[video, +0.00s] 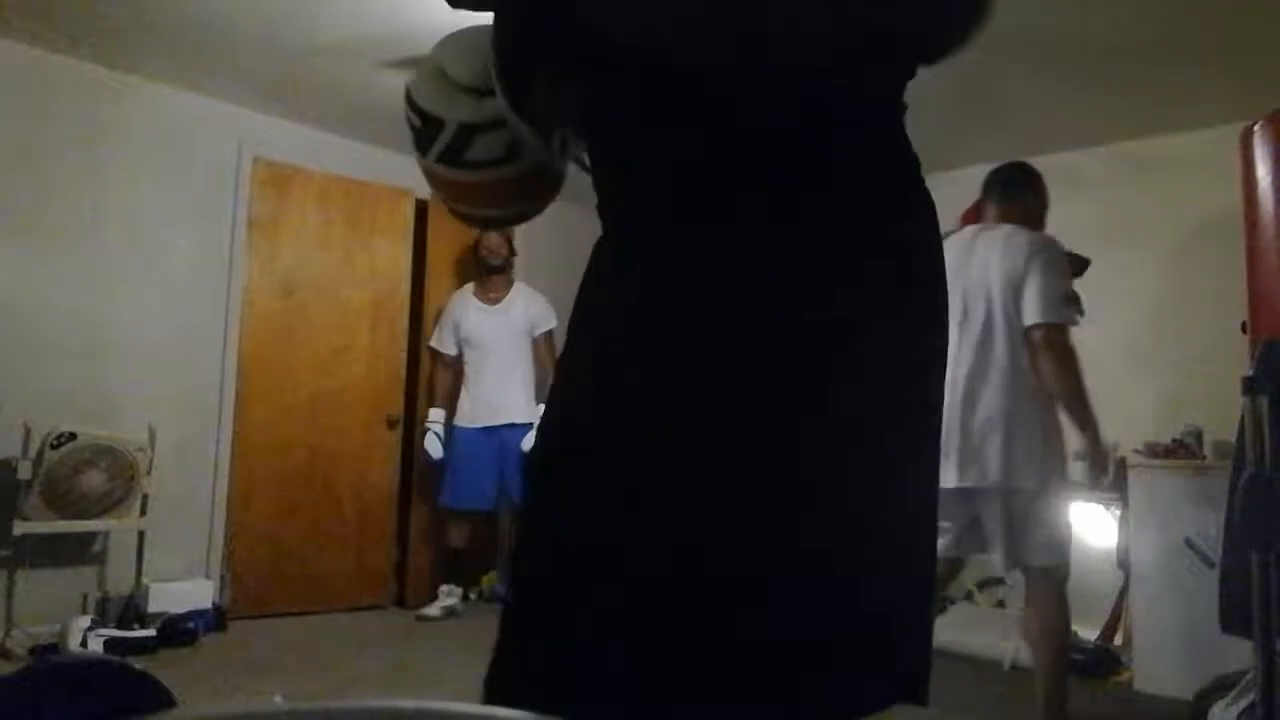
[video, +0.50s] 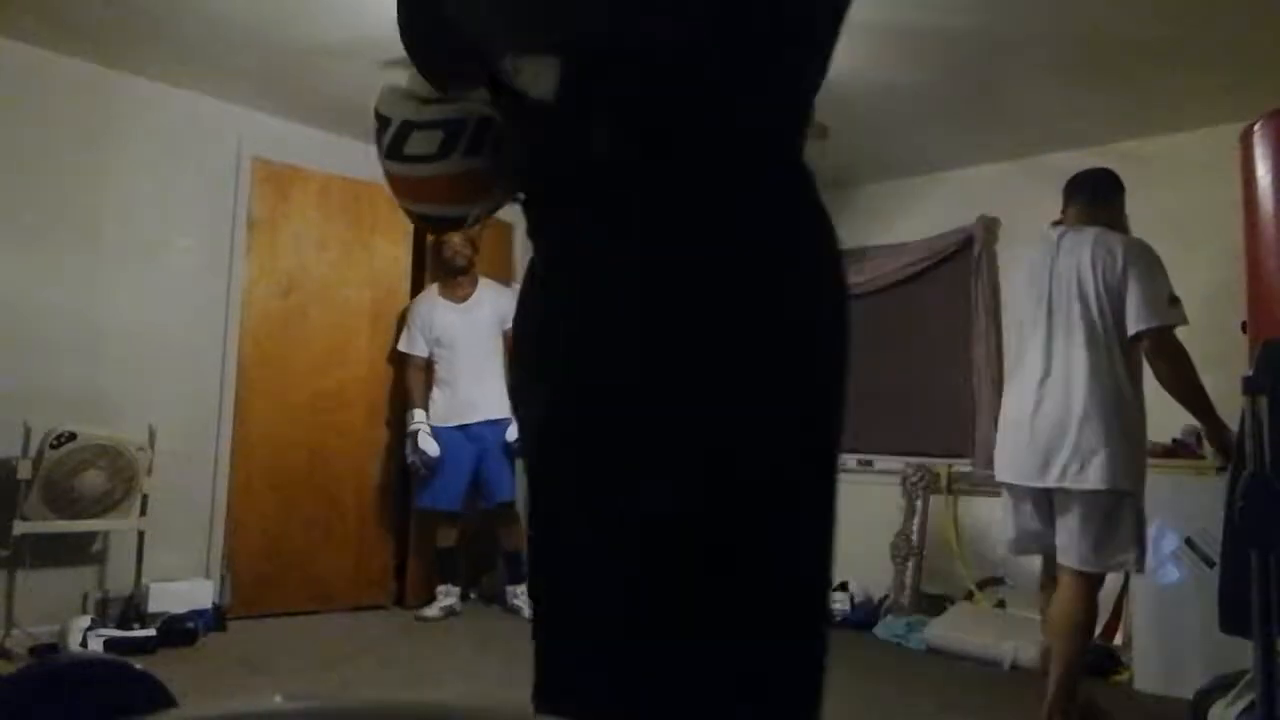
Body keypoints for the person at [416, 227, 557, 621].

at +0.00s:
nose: (491, 256)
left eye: (498, 250)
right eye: (486, 250)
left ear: (511, 257)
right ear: (477, 255)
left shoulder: (532, 304)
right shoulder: (459, 303)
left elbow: (548, 369)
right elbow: (445, 365)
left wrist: (545, 420)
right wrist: (436, 420)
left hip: (520, 424)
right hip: (471, 424)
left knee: (516, 511)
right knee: (458, 509)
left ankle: (511, 587)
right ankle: (450, 590)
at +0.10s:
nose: (484, 252)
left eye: (490, 245)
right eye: (477, 246)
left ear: (501, 253)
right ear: (467, 255)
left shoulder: (525, 300)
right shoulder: (452, 303)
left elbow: (540, 363)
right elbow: (437, 366)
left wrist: (539, 413)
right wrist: (429, 423)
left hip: (515, 424)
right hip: (465, 425)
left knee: (516, 511)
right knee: (456, 510)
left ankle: (511, 589)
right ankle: (452, 590)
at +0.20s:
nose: (473, 251)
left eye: (479, 245)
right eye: (466, 246)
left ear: (492, 254)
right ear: (455, 257)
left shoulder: (518, 298)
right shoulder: (443, 306)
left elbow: (533, 359)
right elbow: (430, 366)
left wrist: (533, 411)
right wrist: (426, 423)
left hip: (509, 422)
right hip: (459, 424)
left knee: (511, 509)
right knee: (452, 510)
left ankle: (508, 586)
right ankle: (451, 590)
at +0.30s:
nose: (466, 251)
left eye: (472, 245)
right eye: (459, 247)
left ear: (483, 255)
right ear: (447, 259)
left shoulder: (510, 298)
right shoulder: (437, 305)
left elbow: (527, 355)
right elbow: (425, 367)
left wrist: (529, 408)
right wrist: (423, 424)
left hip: (504, 422)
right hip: (453, 426)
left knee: (510, 510)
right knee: (448, 512)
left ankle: (517, 587)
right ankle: (450, 590)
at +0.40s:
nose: (461, 252)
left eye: (466, 246)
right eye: (453, 247)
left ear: (478, 254)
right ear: (441, 258)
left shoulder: (505, 298)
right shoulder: (429, 306)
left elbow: (521, 356)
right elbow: (420, 368)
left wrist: (523, 408)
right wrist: (421, 424)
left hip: (500, 423)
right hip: (449, 427)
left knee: (507, 510)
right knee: (446, 512)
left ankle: (516, 589)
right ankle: (449, 591)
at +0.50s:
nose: (456, 252)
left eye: (462, 247)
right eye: (449, 248)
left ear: (474, 255)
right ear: (439, 261)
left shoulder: (503, 299)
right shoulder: (425, 305)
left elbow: (523, 357)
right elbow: (416, 367)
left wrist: (524, 414)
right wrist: (419, 424)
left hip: (497, 419)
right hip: (446, 423)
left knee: (507, 509)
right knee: (445, 512)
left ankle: (517, 587)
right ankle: (449, 590)